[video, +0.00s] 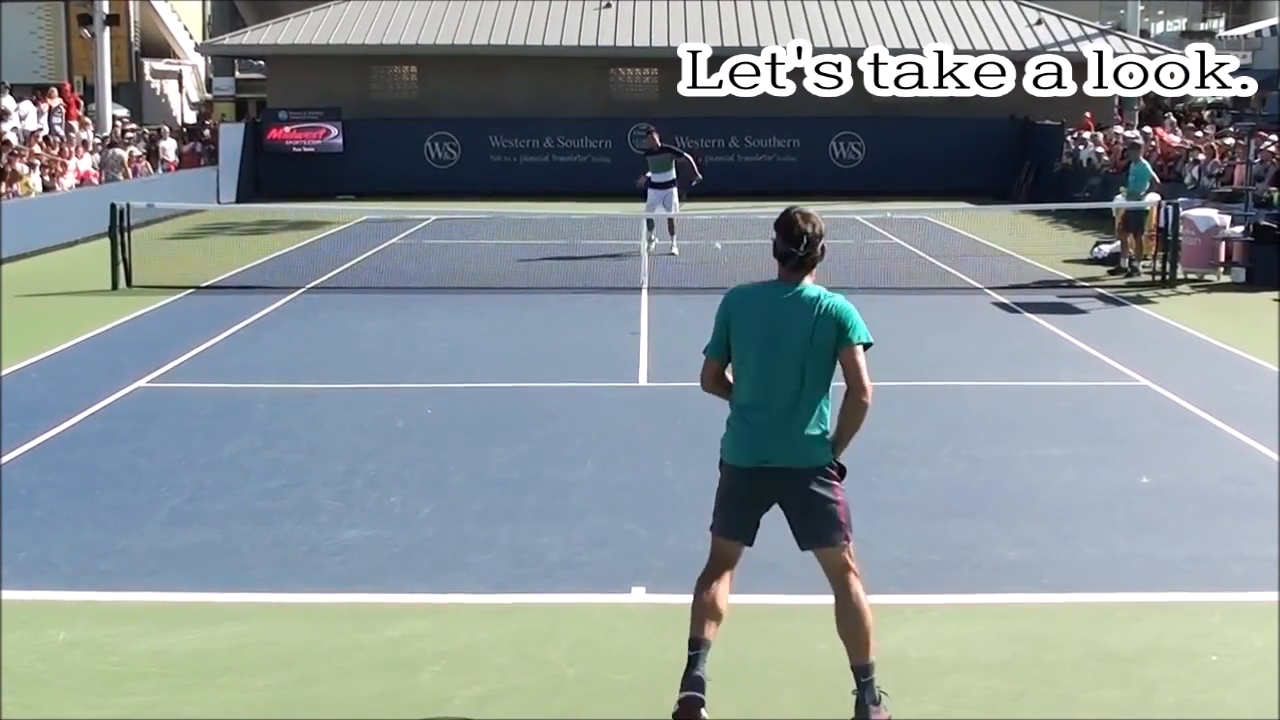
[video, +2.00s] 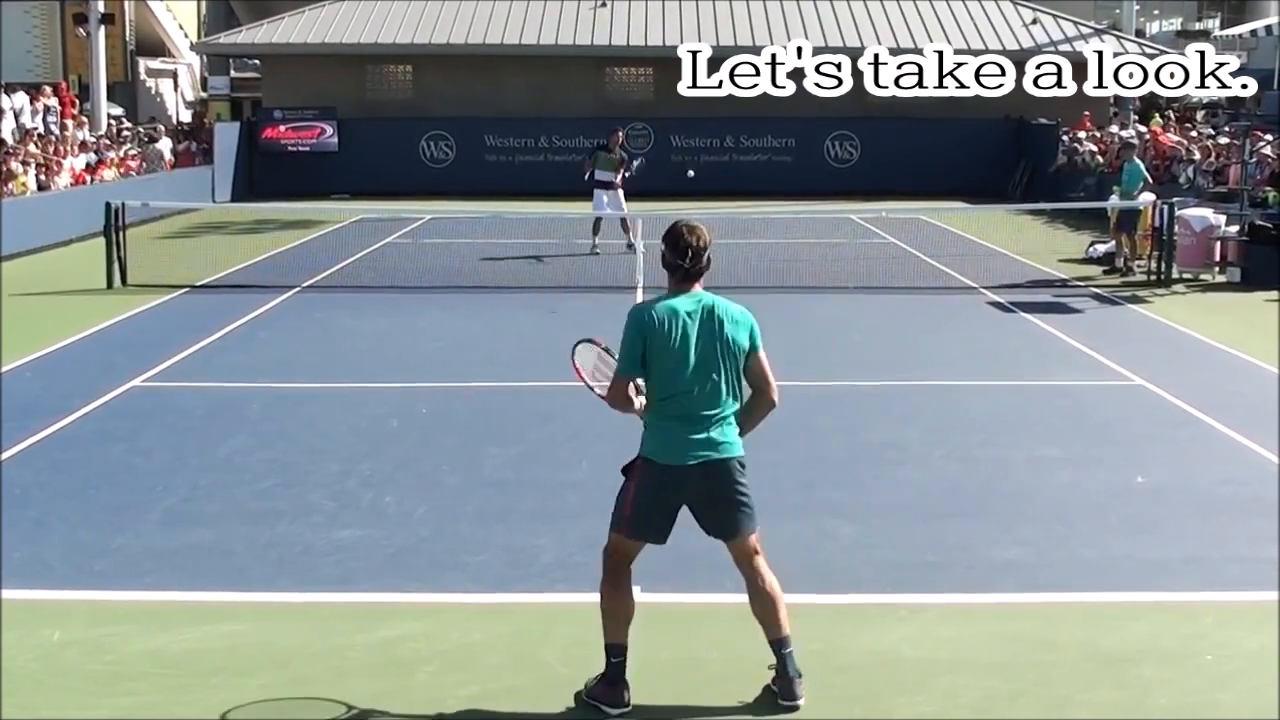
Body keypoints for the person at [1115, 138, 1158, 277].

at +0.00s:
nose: (1129, 154)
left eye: (1132, 151)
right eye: (1129, 151)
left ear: (1138, 152)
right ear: (1130, 152)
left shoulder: (1145, 166)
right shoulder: (1132, 165)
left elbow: (1156, 182)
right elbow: (1134, 182)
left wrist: (1144, 193)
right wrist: (1126, 191)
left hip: (1140, 206)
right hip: (1129, 204)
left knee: (1138, 236)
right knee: (1123, 234)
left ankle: (1137, 265)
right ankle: (1123, 263)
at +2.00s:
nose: (1122, 153)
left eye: (1125, 150)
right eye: (1122, 150)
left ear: (1132, 151)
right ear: (1123, 151)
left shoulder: (1138, 165)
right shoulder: (1126, 165)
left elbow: (1148, 181)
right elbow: (1125, 181)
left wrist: (1137, 193)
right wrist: (1119, 189)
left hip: (1134, 205)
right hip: (1123, 203)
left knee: (1131, 234)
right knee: (1117, 232)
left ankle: (1132, 265)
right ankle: (1118, 263)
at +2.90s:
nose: (1126, 151)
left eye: (1129, 148)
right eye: (1125, 148)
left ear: (1135, 149)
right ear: (1124, 149)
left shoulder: (1140, 163)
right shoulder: (1126, 162)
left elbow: (1152, 180)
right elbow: (1126, 179)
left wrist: (1139, 191)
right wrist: (1121, 188)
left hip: (1135, 202)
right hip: (1123, 200)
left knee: (1130, 232)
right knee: (1116, 230)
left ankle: (1129, 262)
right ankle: (1117, 261)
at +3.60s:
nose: (1131, 135)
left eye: (1133, 132)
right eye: (1130, 132)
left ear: (1140, 131)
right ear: (1130, 133)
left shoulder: (1145, 144)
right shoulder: (1134, 145)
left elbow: (1156, 161)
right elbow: (1135, 163)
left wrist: (1145, 173)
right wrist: (1127, 170)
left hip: (1141, 185)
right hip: (1131, 184)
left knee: (1138, 216)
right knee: (1124, 214)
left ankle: (1138, 246)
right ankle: (1125, 244)